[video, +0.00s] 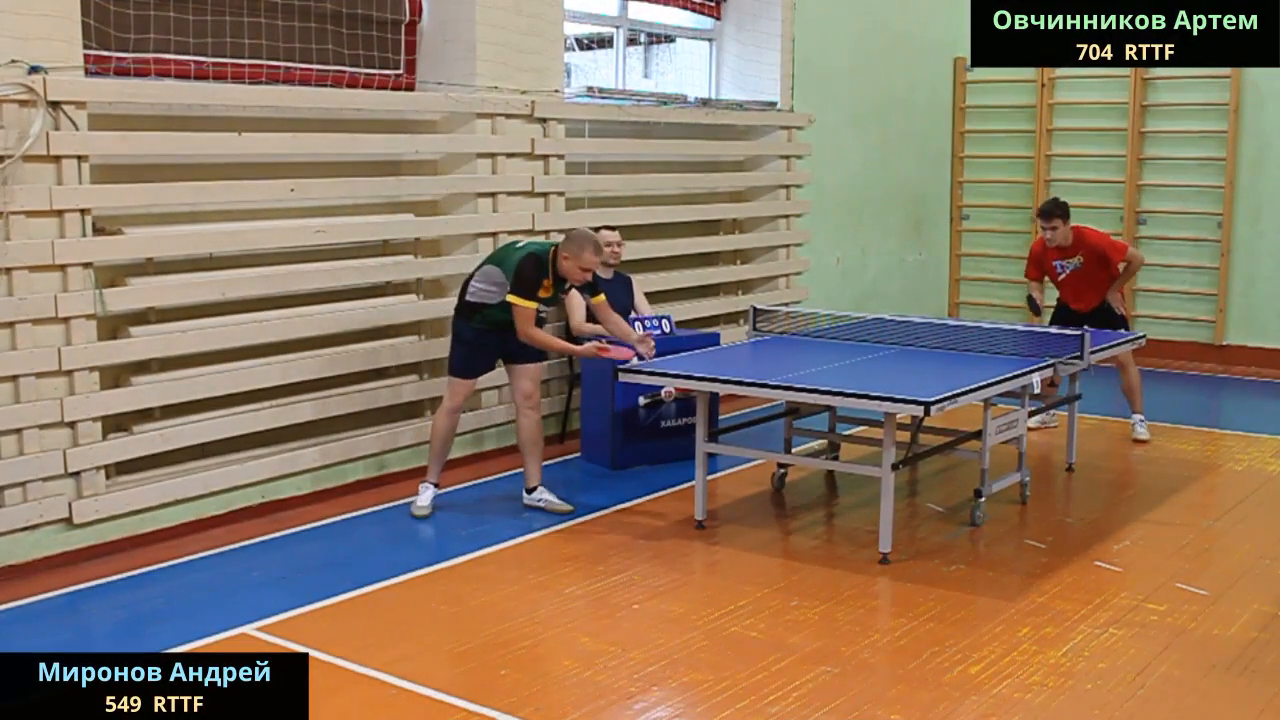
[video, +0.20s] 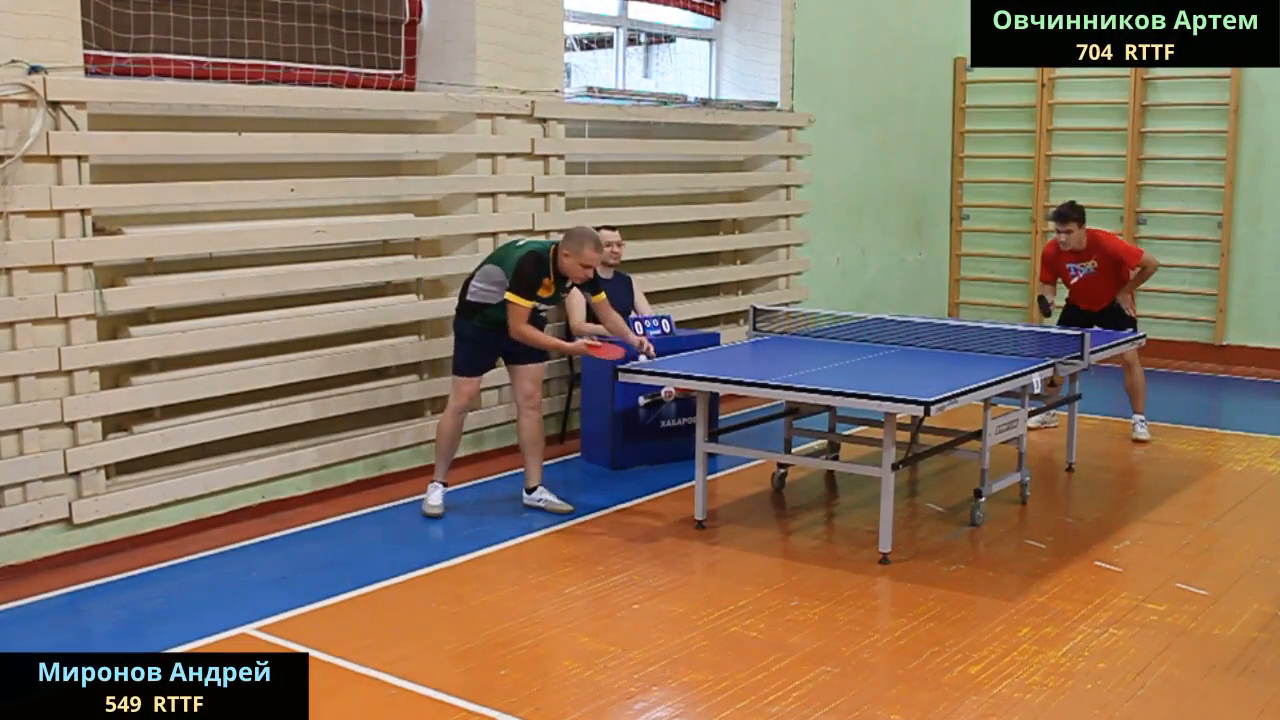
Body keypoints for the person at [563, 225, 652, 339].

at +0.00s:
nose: (616, 251)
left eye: (619, 245)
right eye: (608, 245)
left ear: (623, 247)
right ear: (595, 249)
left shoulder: (628, 281)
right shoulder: (579, 283)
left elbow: (649, 317)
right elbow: (577, 327)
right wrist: (614, 331)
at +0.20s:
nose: (615, 251)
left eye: (619, 245)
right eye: (608, 245)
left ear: (623, 247)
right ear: (595, 249)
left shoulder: (628, 281)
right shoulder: (580, 283)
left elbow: (649, 317)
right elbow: (576, 327)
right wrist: (611, 330)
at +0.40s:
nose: (615, 250)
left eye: (618, 245)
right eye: (607, 245)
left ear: (623, 247)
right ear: (594, 249)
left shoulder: (628, 282)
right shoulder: (577, 281)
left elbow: (649, 318)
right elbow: (576, 327)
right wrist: (604, 332)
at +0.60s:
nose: (614, 250)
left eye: (618, 245)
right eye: (607, 245)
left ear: (622, 247)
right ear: (594, 249)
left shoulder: (628, 281)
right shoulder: (578, 282)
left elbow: (649, 318)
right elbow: (577, 327)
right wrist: (606, 330)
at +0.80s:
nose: (613, 250)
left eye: (618, 245)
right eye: (607, 245)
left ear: (622, 248)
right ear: (593, 249)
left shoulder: (628, 281)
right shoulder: (578, 282)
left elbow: (649, 318)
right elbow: (576, 326)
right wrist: (605, 330)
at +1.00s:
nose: (614, 250)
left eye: (618, 245)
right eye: (607, 245)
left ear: (622, 248)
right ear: (593, 249)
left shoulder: (629, 282)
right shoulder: (578, 283)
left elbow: (649, 319)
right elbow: (576, 327)